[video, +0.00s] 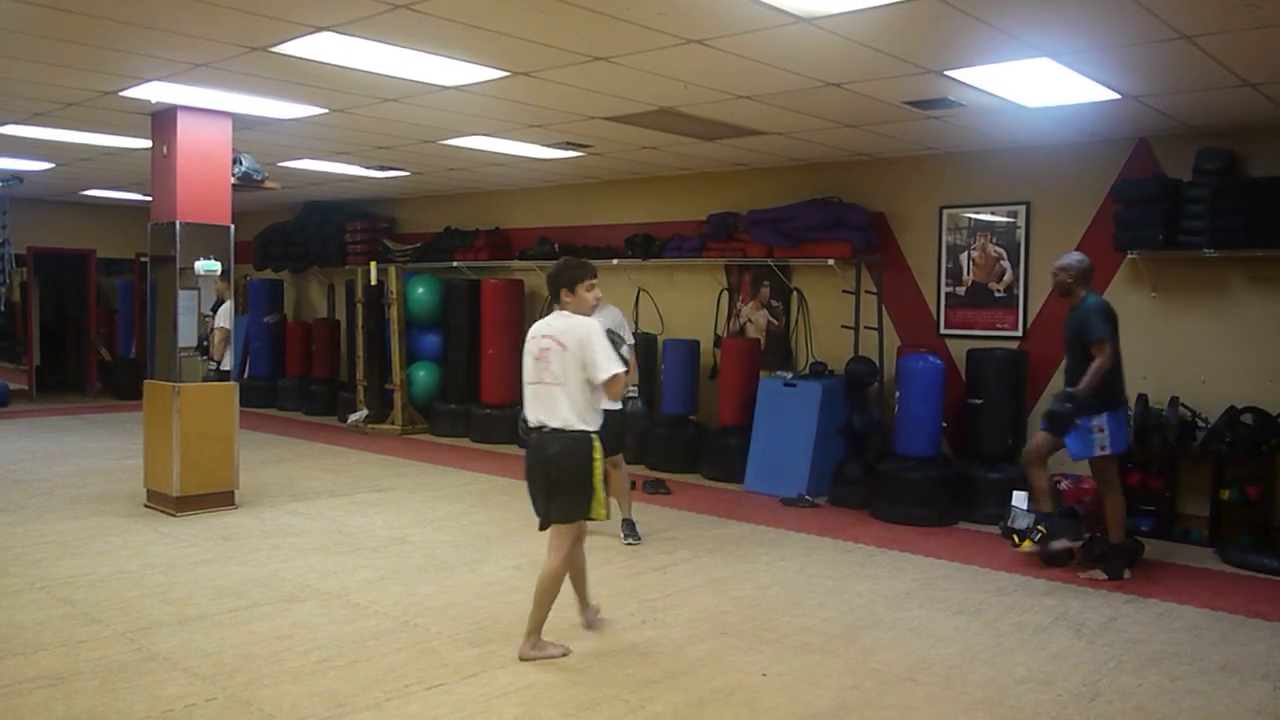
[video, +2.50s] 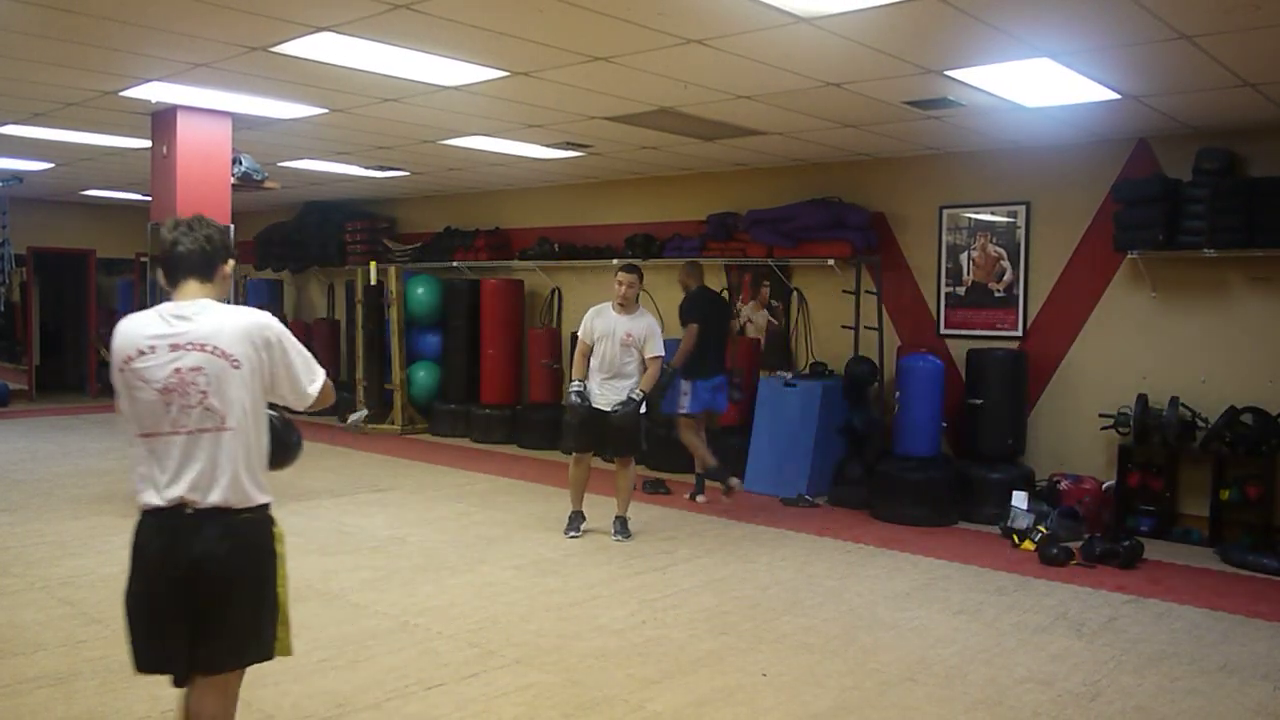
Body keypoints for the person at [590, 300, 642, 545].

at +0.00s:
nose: (597, 294)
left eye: (597, 287)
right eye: (589, 289)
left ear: (599, 287)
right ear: (571, 293)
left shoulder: (612, 315)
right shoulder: (565, 319)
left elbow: (629, 352)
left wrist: (631, 385)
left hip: (609, 400)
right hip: (577, 401)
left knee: (615, 462)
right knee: (577, 462)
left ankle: (627, 519)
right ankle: (574, 523)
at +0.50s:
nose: (584, 285)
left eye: (589, 280)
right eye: (578, 280)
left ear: (596, 284)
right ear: (570, 284)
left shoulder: (611, 317)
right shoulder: (556, 320)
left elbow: (623, 356)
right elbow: (544, 363)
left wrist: (622, 391)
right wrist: (541, 401)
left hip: (604, 404)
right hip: (567, 406)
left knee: (615, 462)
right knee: (573, 462)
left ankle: (627, 520)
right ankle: (576, 516)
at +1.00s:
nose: (584, 284)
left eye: (590, 279)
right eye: (579, 279)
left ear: (598, 284)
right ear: (571, 283)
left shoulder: (612, 317)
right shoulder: (557, 319)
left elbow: (625, 356)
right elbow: (549, 359)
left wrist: (624, 392)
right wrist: (552, 395)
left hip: (606, 405)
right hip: (569, 405)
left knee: (616, 461)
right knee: (573, 461)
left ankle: (628, 520)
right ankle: (576, 516)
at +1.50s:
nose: (589, 293)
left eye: (595, 288)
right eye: (584, 288)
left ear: (605, 286)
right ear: (577, 286)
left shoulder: (616, 312)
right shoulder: (565, 311)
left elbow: (617, 348)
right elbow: (558, 346)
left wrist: (605, 314)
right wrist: (570, 311)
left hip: (609, 399)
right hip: (574, 399)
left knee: (614, 459)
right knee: (576, 459)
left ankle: (619, 517)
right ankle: (577, 516)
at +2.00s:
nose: (611, 288)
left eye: (617, 284)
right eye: (607, 283)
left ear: (626, 287)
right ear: (600, 284)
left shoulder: (639, 322)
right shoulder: (582, 315)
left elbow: (653, 357)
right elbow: (569, 351)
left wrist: (640, 381)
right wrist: (570, 384)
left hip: (619, 405)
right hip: (584, 403)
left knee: (619, 460)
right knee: (582, 459)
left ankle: (620, 518)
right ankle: (577, 515)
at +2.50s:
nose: (623, 290)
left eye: (630, 286)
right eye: (620, 283)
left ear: (640, 289)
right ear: (614, 284)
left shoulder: (648, 323)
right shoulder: (594, 315)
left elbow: (654, 366)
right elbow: (580, 353)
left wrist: (637, 396)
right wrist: (576, 386)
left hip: (625, 404)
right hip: (591, 402)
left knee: (624, 460)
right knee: (580, 456)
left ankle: (621, 518)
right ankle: (576, 513)